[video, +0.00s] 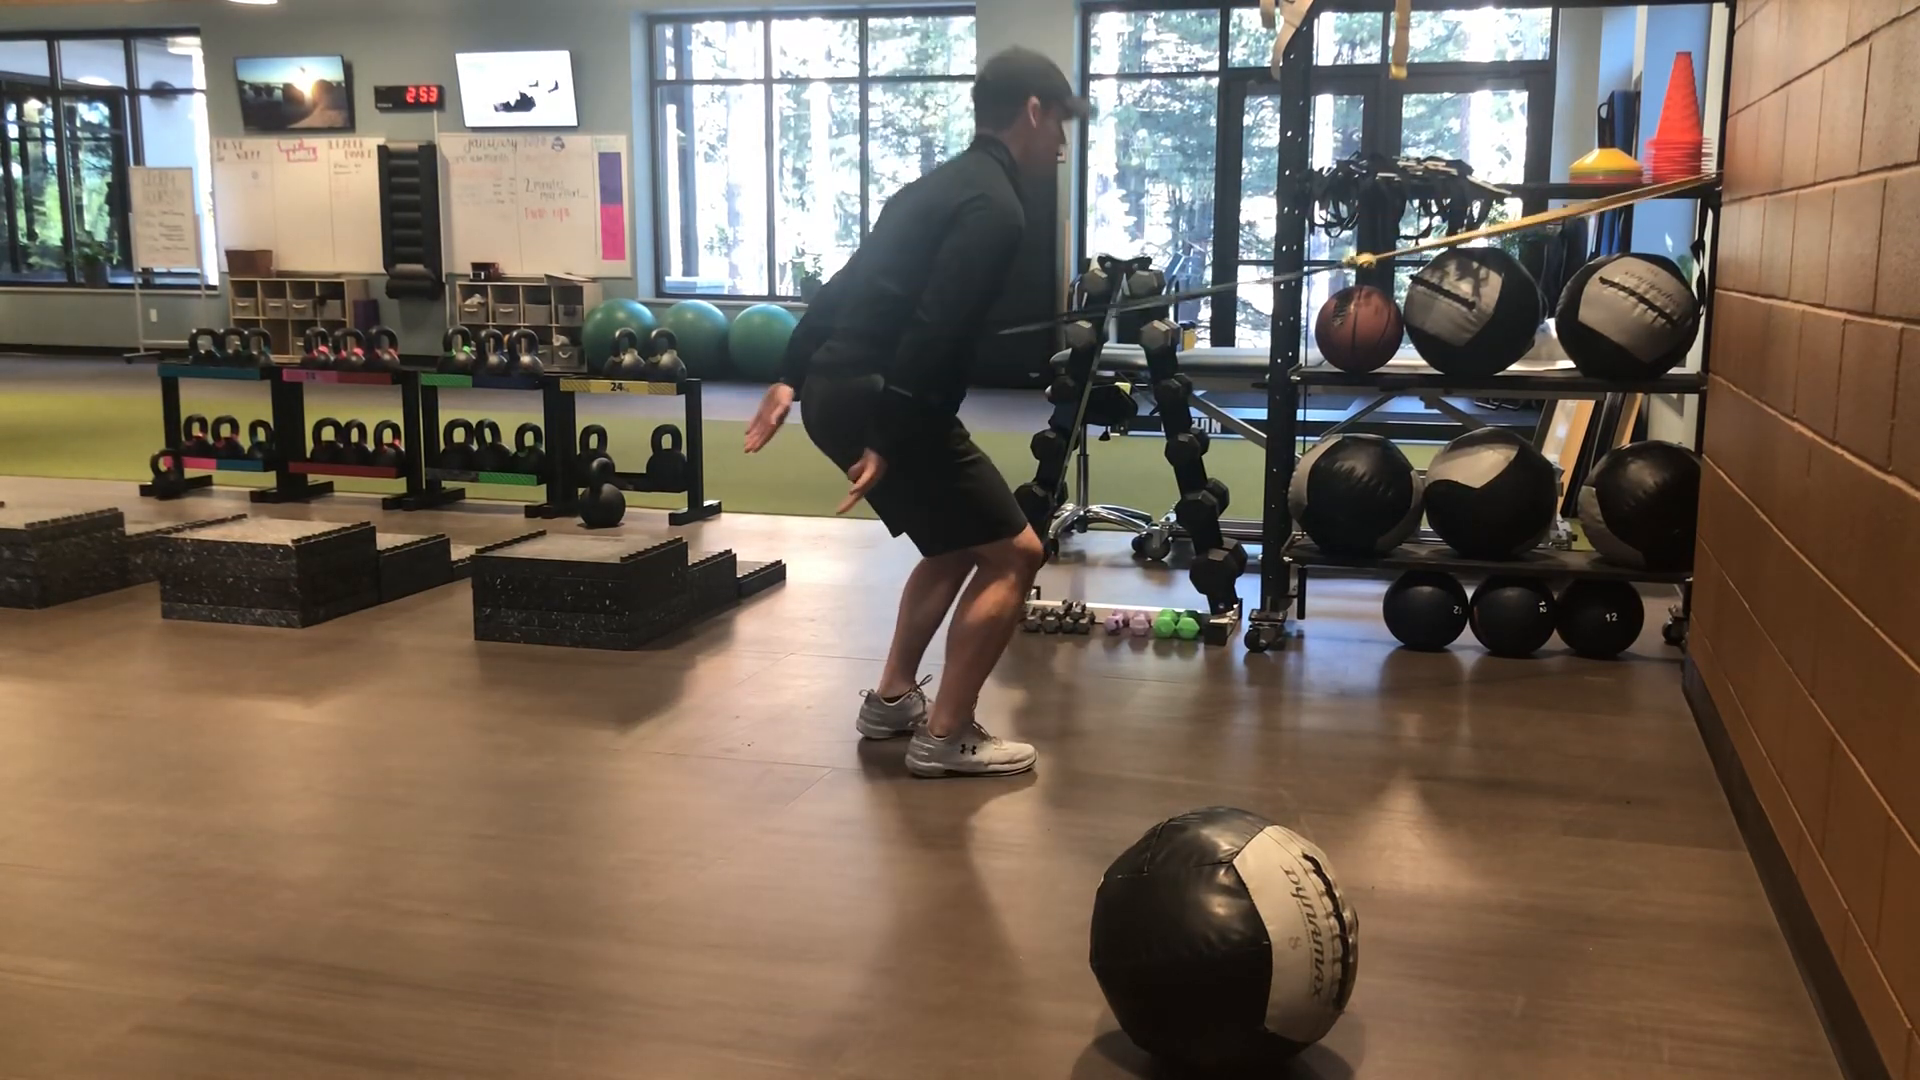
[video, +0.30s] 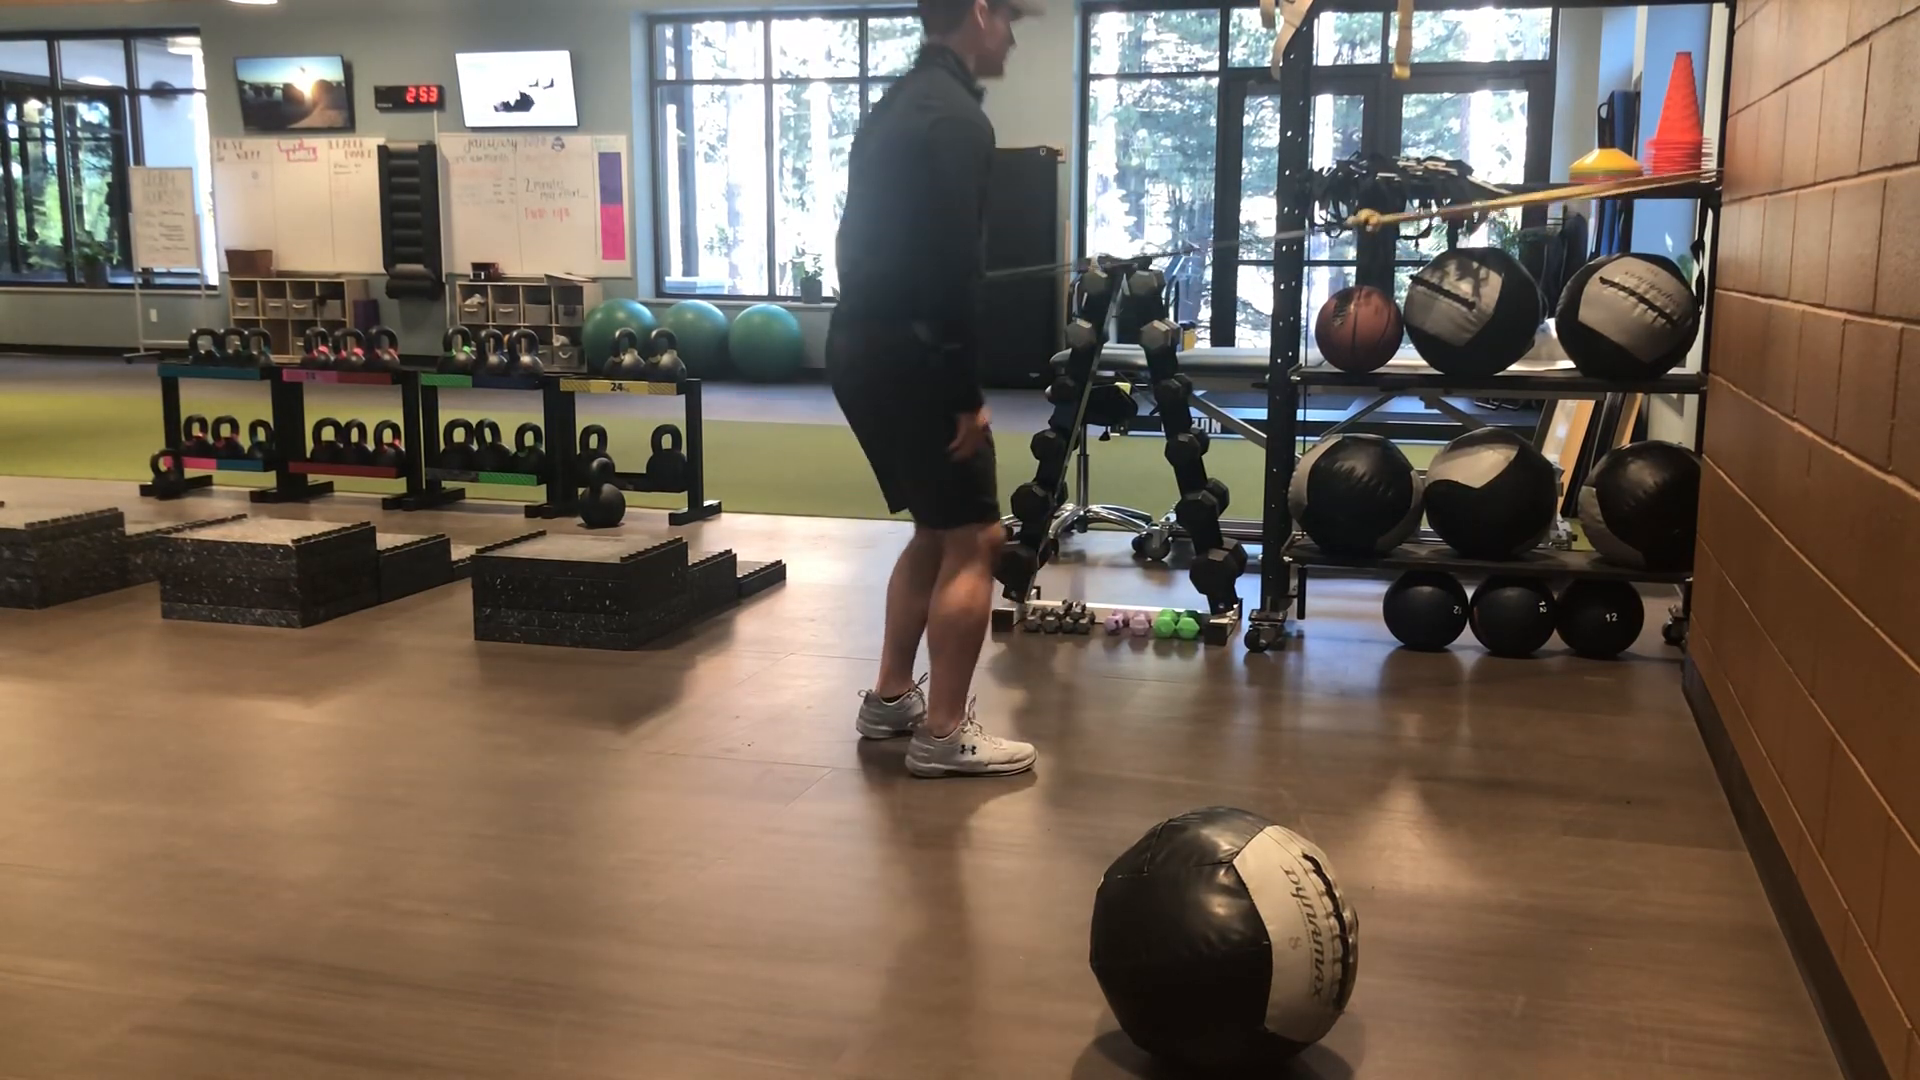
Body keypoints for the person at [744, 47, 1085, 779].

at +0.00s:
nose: (1064, 140)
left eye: (1065, 124)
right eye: (1060, 122)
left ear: (1001, 116)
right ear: (1029, 114)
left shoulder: (932, 185)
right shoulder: (995, 207)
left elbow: (849, 282)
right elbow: (939, 326)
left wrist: (791, 376)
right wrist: (890, 438)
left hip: (832, 386)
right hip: (884, 395)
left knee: (952, 542)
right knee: (1015, 553)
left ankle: (892, 698)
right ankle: (948, 732)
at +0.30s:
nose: (1012, 40)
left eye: (1013, 25)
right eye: (1010, 23)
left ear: (951, 20)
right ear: (980, 17)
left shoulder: (893, 105)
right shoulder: (957, 118)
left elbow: (862, 247)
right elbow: (948, 264)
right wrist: (967, 393)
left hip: (862, 348)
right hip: (913, 352)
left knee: (935, 529)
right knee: (975, 542)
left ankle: (889, 695)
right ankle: (944, 734)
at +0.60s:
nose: (980, 17)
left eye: (977, 7)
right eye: (976, 6)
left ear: (911, 12)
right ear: (948, 7)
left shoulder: (867, 99)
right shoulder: (943, 104)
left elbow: (863, 235)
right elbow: (960, 250)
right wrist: (1005, 361)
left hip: (870, 332)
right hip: (934, 338)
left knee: (889, 519)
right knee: (948, 540)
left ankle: (885, 698)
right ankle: (943, 731)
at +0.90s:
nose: (980, 16)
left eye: (976, 6)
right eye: (976, 5)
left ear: (912, 13)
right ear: (949, 6)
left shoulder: (872, 96)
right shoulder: (946, 102)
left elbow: (956, 179)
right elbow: (1032, 205)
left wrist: (1045, 169)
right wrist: (1120, 182)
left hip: (876, 338)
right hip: (935, 346)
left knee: (902, 526)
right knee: (947, 543)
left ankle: (885, 700)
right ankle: (943, 731)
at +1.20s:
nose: (978, 15)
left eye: (979, 10)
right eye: (974, 7)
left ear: (898, 5)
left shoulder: (871, 63)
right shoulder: (944, 49)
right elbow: (1054, 21)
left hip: (893, 307)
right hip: (952, 308)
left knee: (930, 496)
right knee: (971, 511)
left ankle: (914, 658)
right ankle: (969, 698)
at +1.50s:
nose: (967, 11)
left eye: (965, 7)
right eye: (962, 4)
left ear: (891, 1)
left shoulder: (871, 52)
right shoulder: (939, 43)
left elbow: (995, 49)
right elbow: (1072, 46)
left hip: (888, 302)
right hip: (946, 304)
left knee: (933, 493)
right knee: (973, 508)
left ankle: (912, 658)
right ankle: (973, 698)